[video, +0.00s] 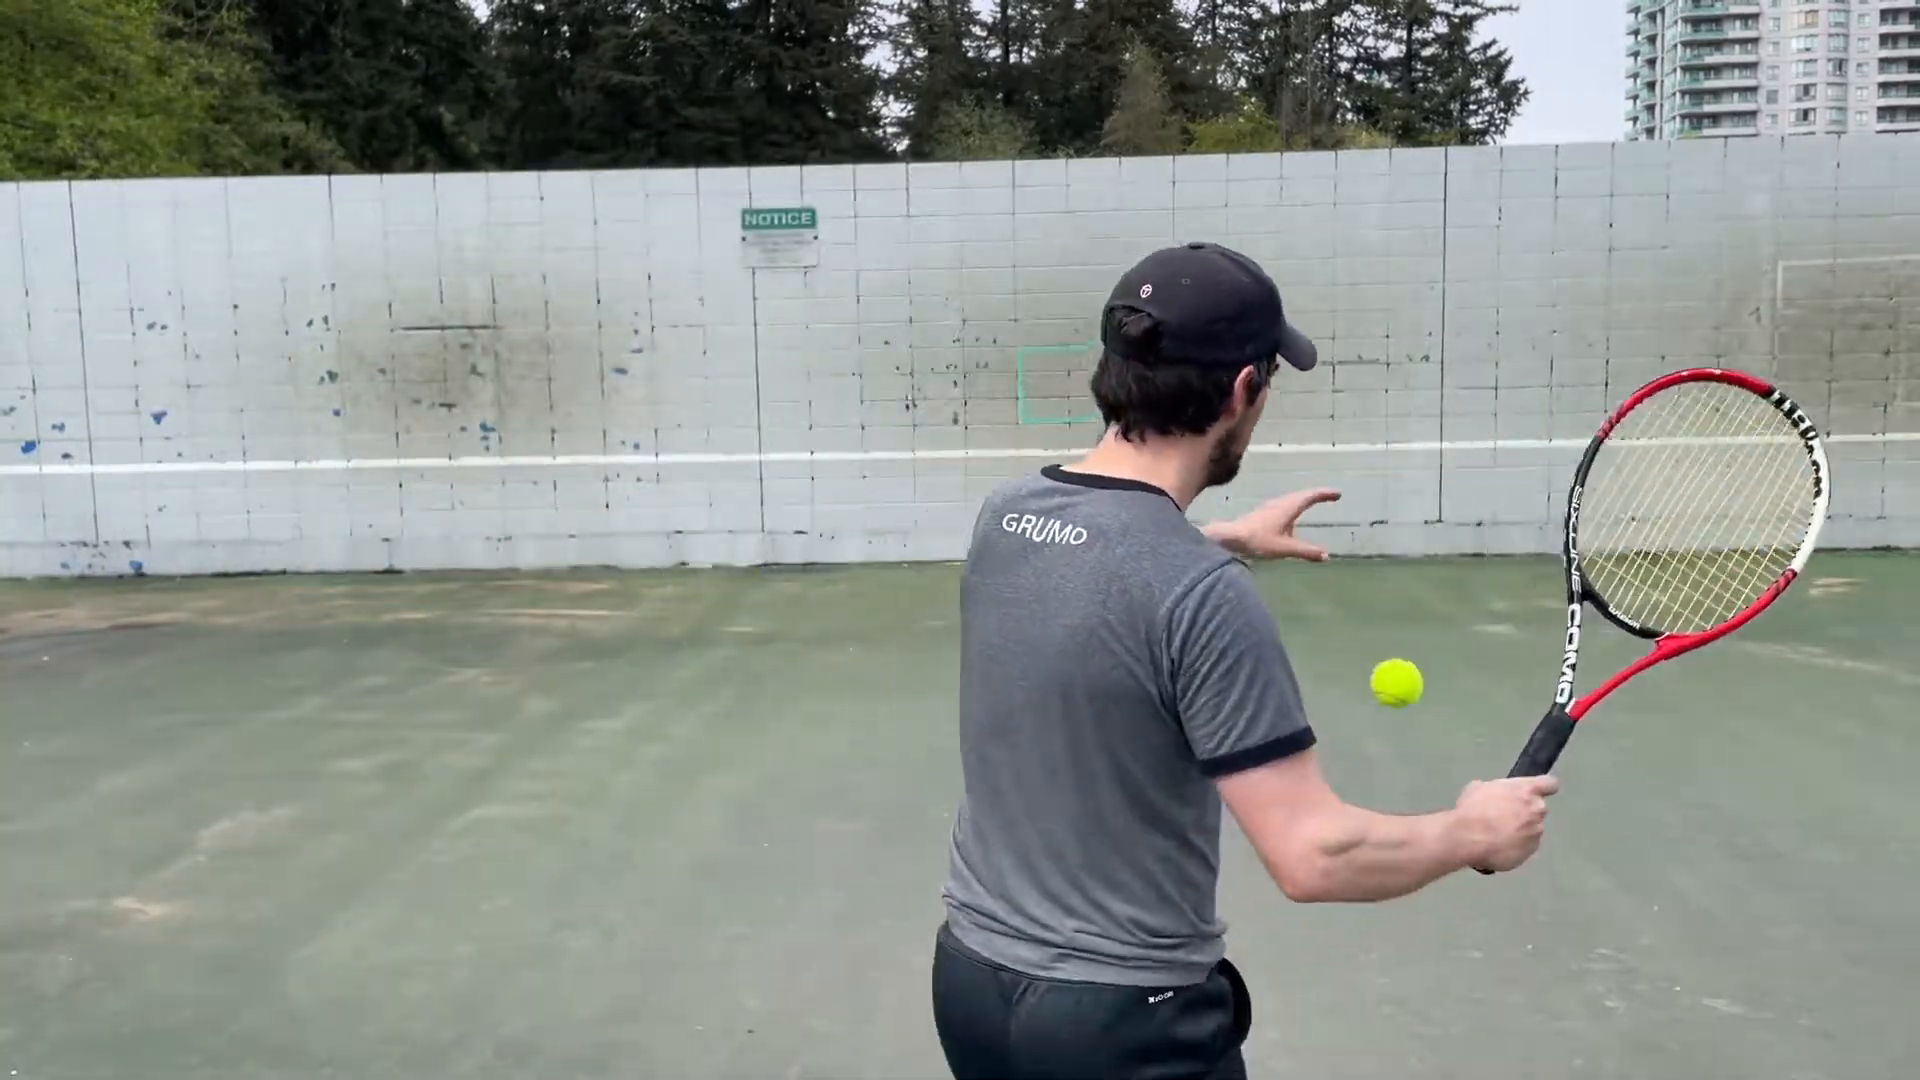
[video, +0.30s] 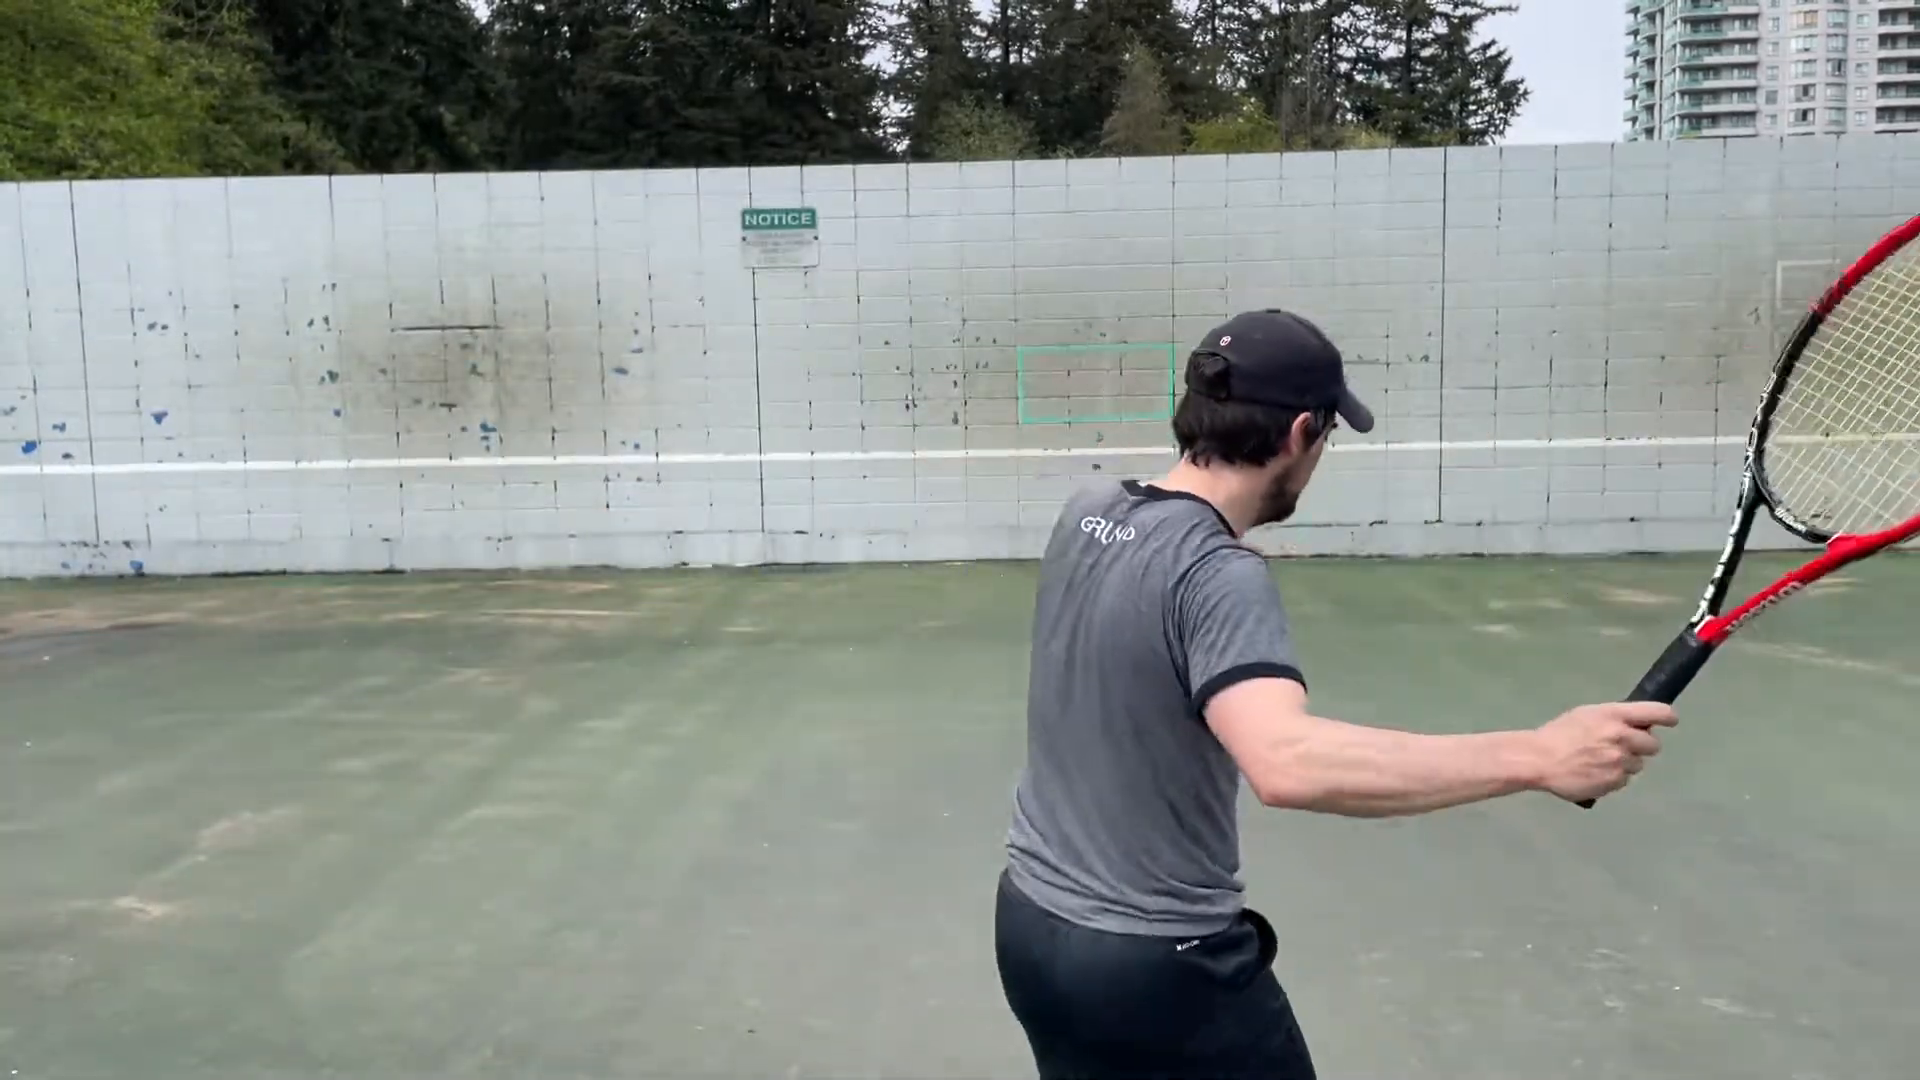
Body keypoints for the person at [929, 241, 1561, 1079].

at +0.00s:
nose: (1266, 396)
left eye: (1268, 376)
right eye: (1267, 377)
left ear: (1120, 366)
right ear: (1240, 392)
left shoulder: (1005, 517)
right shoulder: (1199, 589)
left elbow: (1098, 567)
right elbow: (1312, 854)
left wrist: (1229, 538)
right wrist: (1469, 832)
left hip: (972, 985)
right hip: (1129, 1018)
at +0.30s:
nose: (1323, 451)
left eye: (1329, 432)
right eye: (1327, 431)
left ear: (1200, 413)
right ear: (1300, 434)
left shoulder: (1090, 515)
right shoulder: (1217, 573)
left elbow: (1154, 492)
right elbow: (1285, 761)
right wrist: (1537, 755)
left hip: (1037, 929)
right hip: (1165, 968)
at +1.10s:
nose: (1317, 330)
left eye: (1322, 317)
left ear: (1325, 334)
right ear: (1424, 351)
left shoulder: (1303, 484)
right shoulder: (1436, 452)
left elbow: (1240, 664)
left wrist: (1170, 781)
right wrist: (1214, 356)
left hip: (1284, 787)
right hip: (1394, 786)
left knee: (1211, 1014)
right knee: (1366, 1018)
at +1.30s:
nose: (1275, 335)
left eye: (1279, 324)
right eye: (1288, 323)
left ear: (1285, 341)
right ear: (1386, 350)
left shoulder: (1293, 491)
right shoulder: (1405, 450)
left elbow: (1258, 680)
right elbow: (1242, 423)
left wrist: (1164, 750)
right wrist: (1109, 426)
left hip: (1282, 792)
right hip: (1386, 785)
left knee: (1202, 1027)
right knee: (1361, 1024)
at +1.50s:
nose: (1211, 348)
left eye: (1215, 338)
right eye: (1223, 335)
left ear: (1222, 357)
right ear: (1326, 364)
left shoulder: (1218, 496)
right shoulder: (1365, 479)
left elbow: (1205, 693)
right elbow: (1288, 606)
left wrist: (1130, 720)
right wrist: (1152, 634)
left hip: (1234, 816)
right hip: (1349, 808)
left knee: (1200, 1056)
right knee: (1334, 1029)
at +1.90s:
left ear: (1193, 361)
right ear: (1305, 373)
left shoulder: (1111, 498)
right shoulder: (1350, 509)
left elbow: (1082, 692)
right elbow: (1397, 709)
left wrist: (1152, 729)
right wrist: (1296, 759)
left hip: (1158, 858)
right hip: (1301, 862)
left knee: (1173, 1072)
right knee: (1337, 1070)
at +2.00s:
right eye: (1338, 355)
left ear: (1213, 362)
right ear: (1331, 377)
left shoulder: (1127, 502)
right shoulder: (1367, 523)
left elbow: (1103, 695)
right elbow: (1413, 732)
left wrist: (1182, 740)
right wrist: (1311, 774)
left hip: (1159, 870)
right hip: (1305, 879)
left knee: (1174, 1072)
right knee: (1344, 1069)